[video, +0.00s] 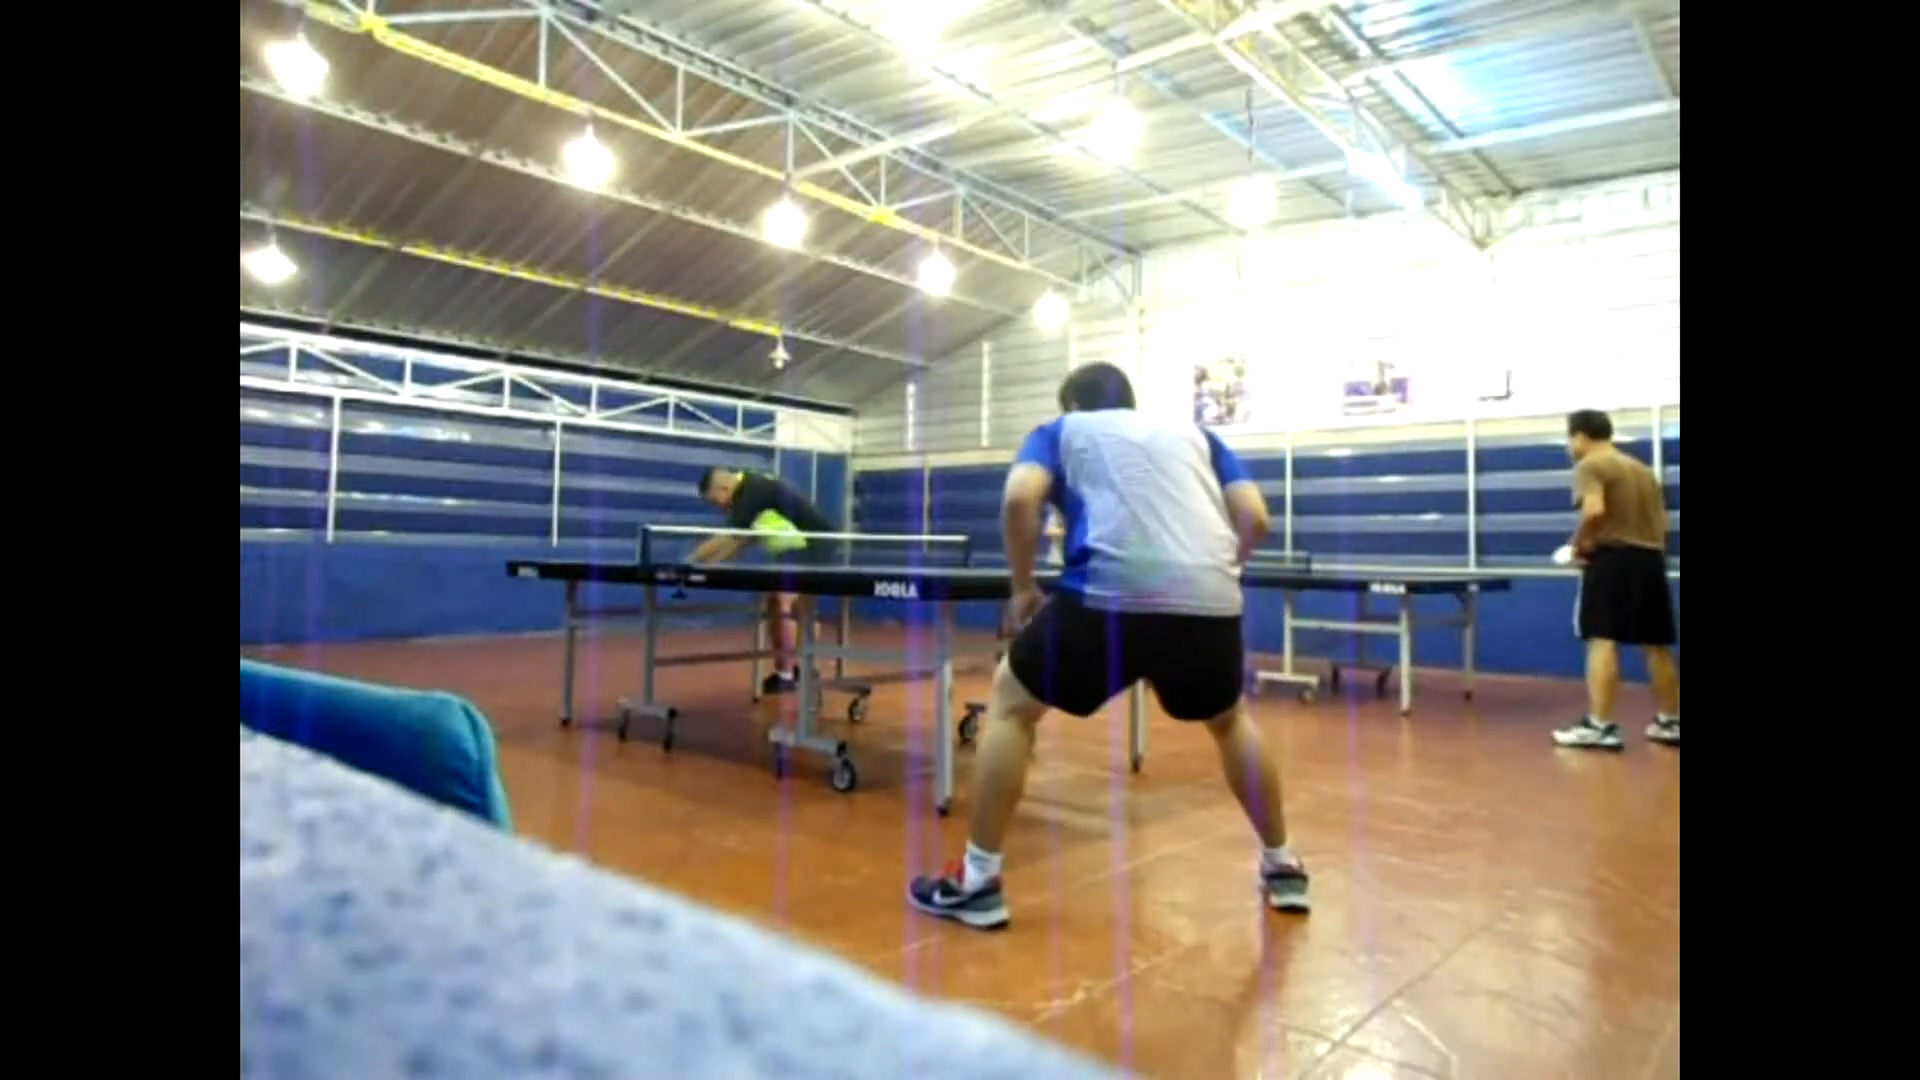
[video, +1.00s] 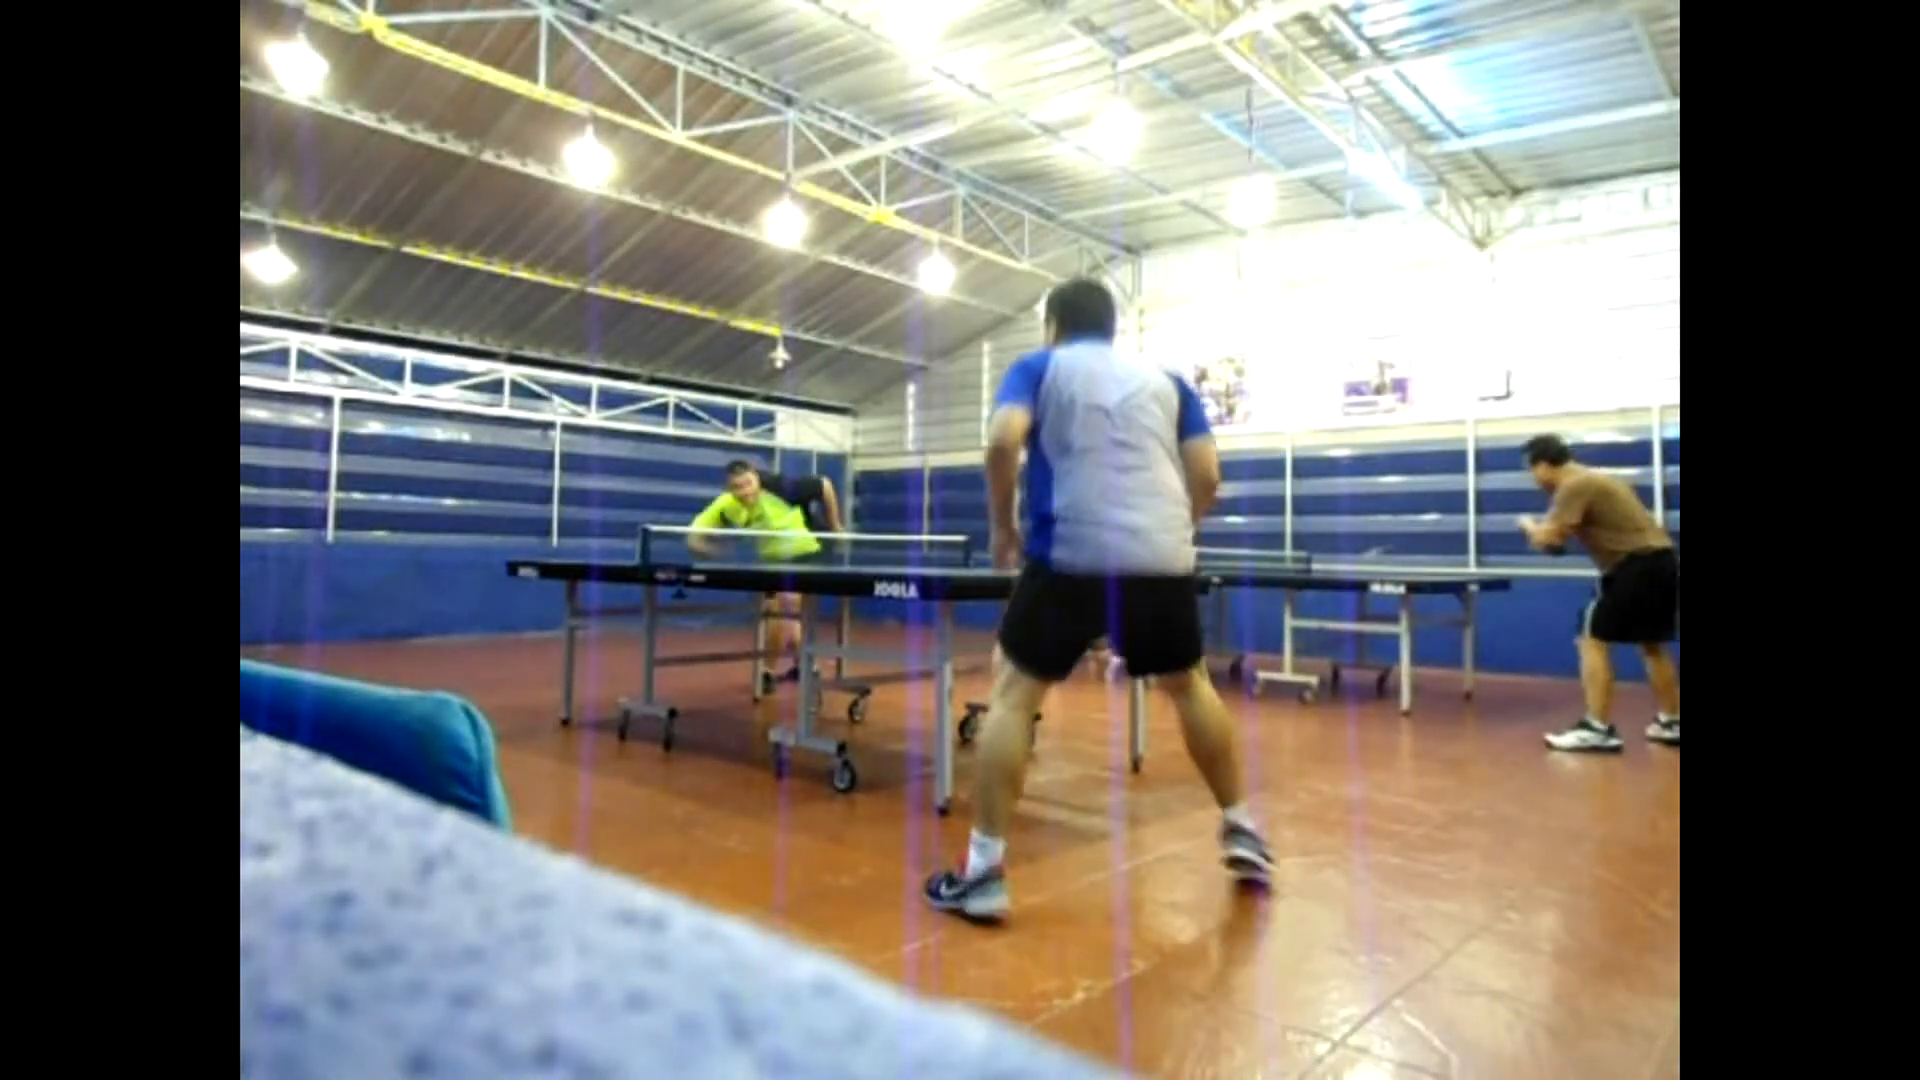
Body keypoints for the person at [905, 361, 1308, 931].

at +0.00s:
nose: (1062, 419)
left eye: (1063, 412)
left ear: (1069, 408)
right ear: (1132, 405)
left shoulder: (1058, 432)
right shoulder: (1196, 435)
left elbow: (1021, 497)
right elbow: (1254, 518)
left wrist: (1023, 585)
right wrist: (1216, 569)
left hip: (1107, 605)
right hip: (1208, 610)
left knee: (1013, 706)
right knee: (1230, 721)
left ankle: (977, 880)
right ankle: (1282, 864)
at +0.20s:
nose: (1063, 406)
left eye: (1065, 397)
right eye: (1064, 399)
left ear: (1075, 393)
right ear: (1133, 393)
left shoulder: (1065, 423)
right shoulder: (1200, 431)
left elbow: (1034, 495)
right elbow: (1252, 521)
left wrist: (1018, 583)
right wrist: (1195, 550)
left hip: (1120, 599)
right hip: (1218, 603)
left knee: (1021, 710)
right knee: (1232, 720)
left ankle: (977, 881)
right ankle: (1282, 864)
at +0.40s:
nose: (1082, 398)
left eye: (1083, 389)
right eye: (1083, 390)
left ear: (1096, 385)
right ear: (1151, 385)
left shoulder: (1083, 416)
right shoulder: (1217, 425)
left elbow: (1055, 494)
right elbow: (1265, 524)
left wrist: (1050, 582)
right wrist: (1207, 549)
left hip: (1133, 593)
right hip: (1230, 598)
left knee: (1036, 715)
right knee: (1240, 719)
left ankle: (978, 881)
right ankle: (1284, 865)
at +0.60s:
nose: (1086, 394)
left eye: (1087, 385)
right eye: (1088, 386)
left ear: (1100, 380)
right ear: (1157, 381)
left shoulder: (1084, 412)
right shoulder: (1219, 422)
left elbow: (1058, 488)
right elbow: (1267, 522)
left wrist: (1069, 586)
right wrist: (1210, 544)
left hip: (1133, 588)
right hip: (1228, 592)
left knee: (1041, 712)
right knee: (1242, 719)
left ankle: (983, 882)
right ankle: (1285, 867)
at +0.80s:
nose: (1063, 381)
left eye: (1065, 372)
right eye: (1066, 373)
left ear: (1073, 372)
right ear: (1132, 374)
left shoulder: (1052, 411)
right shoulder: (1185, 422)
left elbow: (1022, 487)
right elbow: (1237, 513)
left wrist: (1036, 567)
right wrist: (1205, 568)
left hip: (1089, 605)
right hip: (1185, 609)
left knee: (1007, 710)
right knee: (1218, 720)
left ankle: (981, 880)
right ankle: (1281, 863)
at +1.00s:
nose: (1044, 336)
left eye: (1045, 327)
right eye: (1048, 328)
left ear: (1053, 327)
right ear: (1114, 329)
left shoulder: (1037, 369)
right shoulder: (1169, 384)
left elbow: (1004, 439)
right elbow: (1207, 481)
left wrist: (1003, 528)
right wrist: (1167, 532)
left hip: (1070, 564)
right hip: (1164, 566)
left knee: (1014, 701)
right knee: (1190, 686)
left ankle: (982, 868)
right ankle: (1238, 822)